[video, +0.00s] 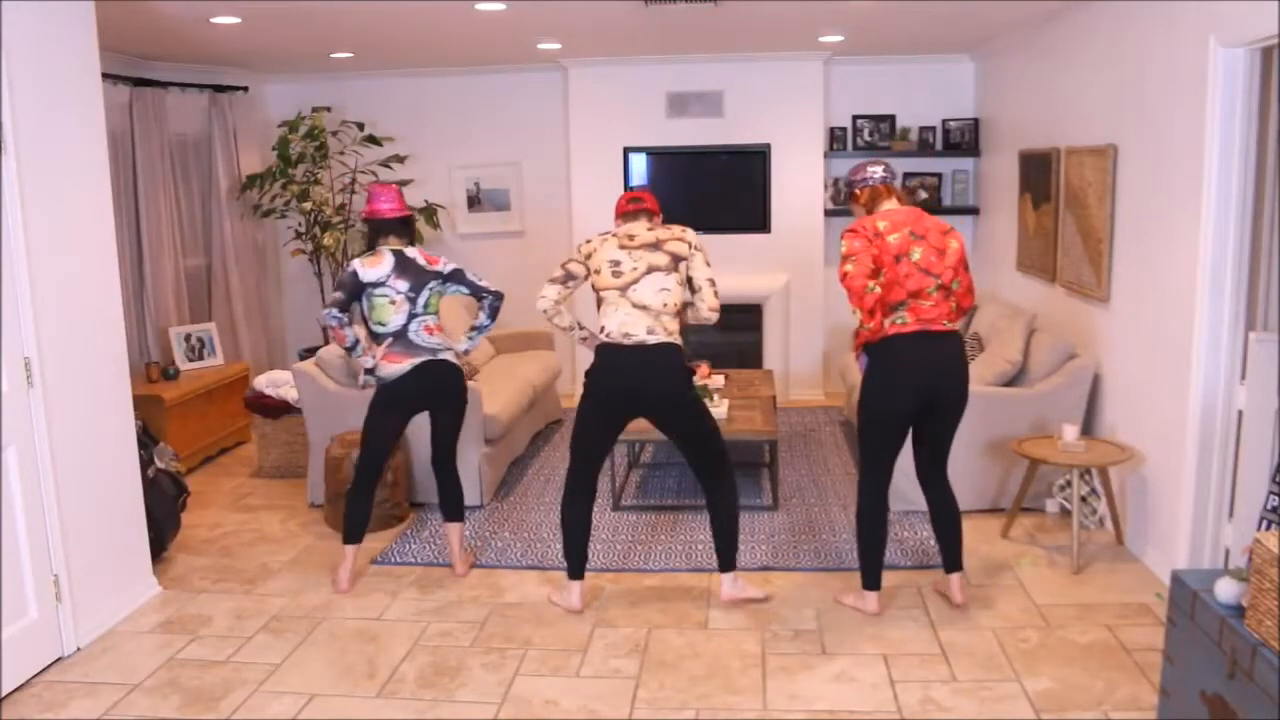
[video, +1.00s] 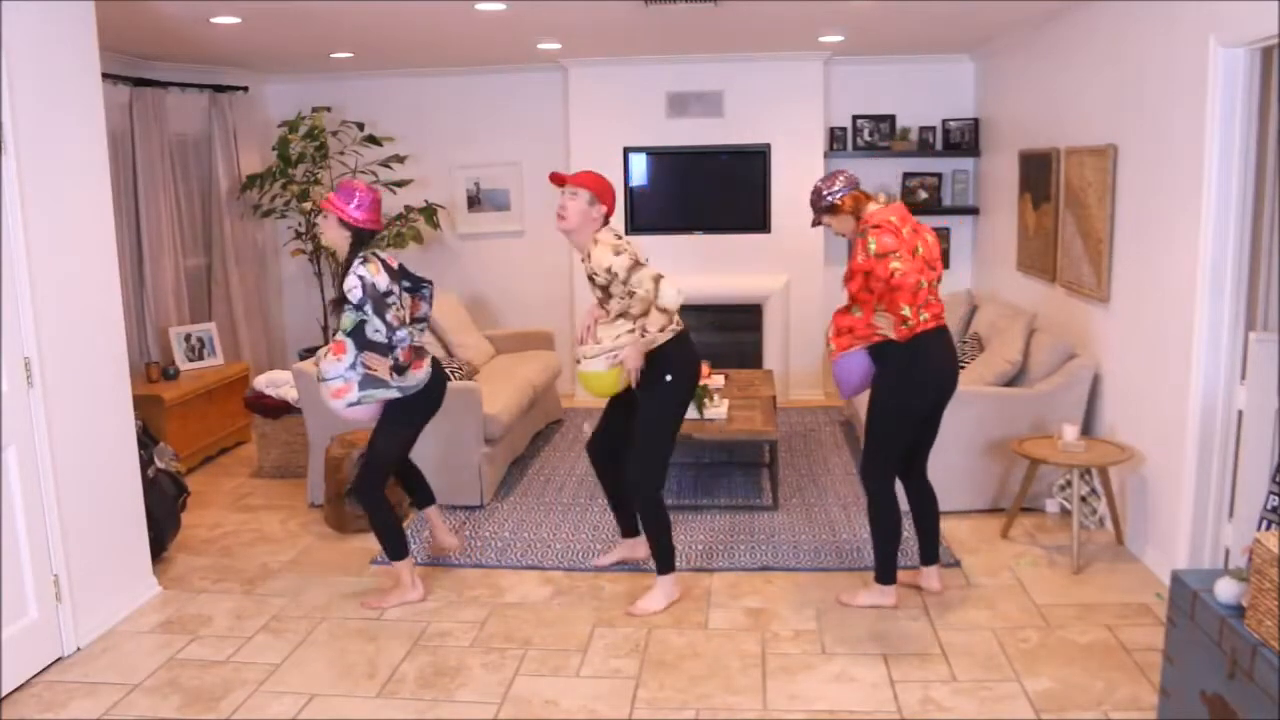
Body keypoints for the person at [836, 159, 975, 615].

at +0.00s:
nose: (854, 208)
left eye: (853, 201)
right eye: (853, 202)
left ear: (862, 197)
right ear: (895, 191)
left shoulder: (861, 234)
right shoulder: (944, 230)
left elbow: (866, 298)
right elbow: (965, 300)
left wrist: (864, 342)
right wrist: (935, 335)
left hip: (896, 360)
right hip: (949, 359)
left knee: (874, 477)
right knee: (934, 470)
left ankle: (870, 592)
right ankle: (956, 580)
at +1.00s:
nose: (832, 232)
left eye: (829, 223)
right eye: (826, 225)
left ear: (845, 207)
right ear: (853, 202)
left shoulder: (873, 233)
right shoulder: (910, 222)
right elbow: (934, 270)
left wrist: (841, 330)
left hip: (906, 357)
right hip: (940, 352)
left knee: (875, 471)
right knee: (912, 467)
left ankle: (884, 585)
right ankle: (930, 570)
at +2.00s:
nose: (858, 211)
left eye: (866, 200)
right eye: (849, 202)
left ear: (883, 192)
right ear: (839, 199)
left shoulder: (921, 230)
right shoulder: (832, 230)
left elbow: (939, 299)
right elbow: (814, 286)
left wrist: (880, 320)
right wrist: (818, 314)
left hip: (907, 359)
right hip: (853, 358)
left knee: (893, 470)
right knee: (857, 468)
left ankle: (898, 581)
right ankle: (861, 565)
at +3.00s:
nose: (896, 190)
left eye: (903, 183)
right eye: (885, 184)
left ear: (916, 197)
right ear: (871, 201)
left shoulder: (940, 247)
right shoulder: (850, 253)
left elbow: (954, 309)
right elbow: (823, 320)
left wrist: (936, 335)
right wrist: (871, 360)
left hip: (924, 376)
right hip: (861, 377)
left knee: (960, 491)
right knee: (850, 488)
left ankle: (958, 583)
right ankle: (824, 574)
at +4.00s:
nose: (952, 187)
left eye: (961, 179)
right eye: (943, 178)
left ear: (973, 182)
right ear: (927, 179)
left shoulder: (991, 220)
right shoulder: (900, 211)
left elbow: (1024, 282)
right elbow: (857, 265)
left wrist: (974, 324)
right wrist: (904, 315)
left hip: (955, 360)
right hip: (893, 354)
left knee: (957, 476)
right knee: (859, 469)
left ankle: (957, 582)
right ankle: (816, 574)